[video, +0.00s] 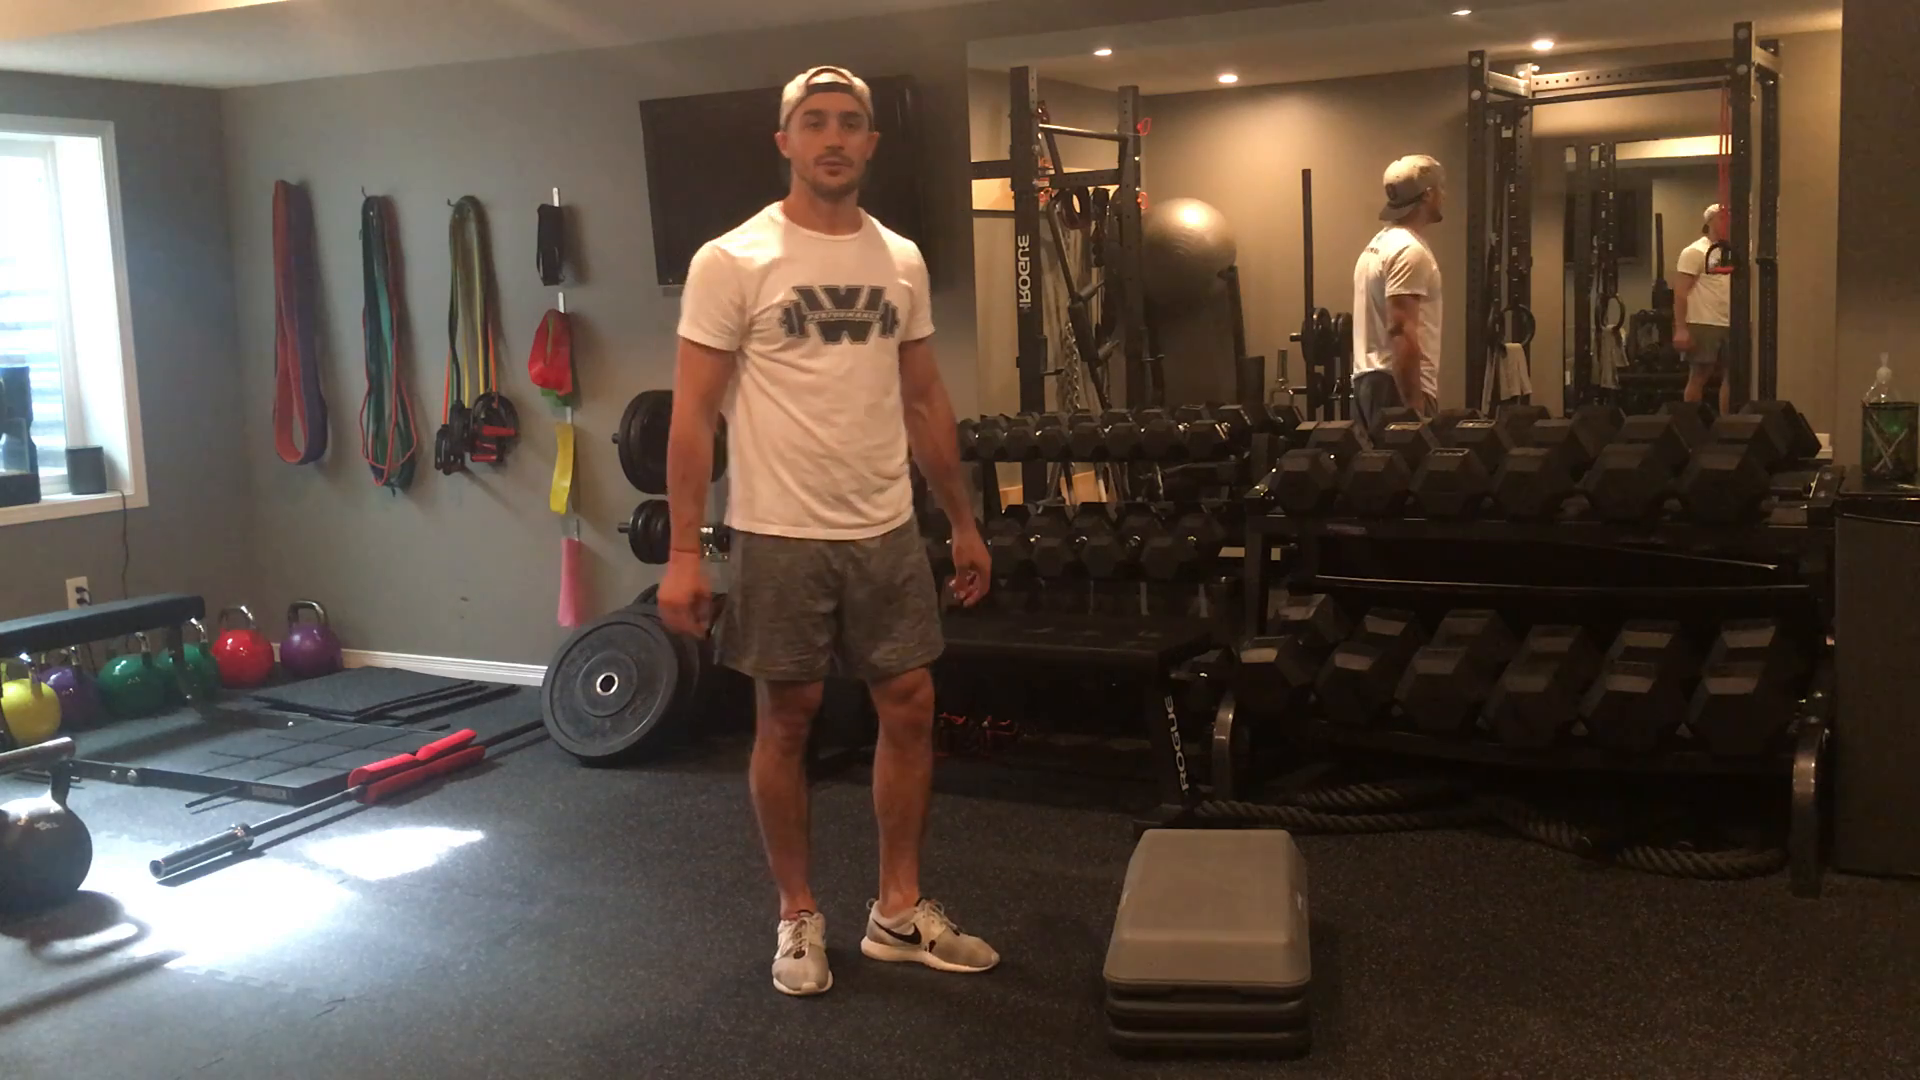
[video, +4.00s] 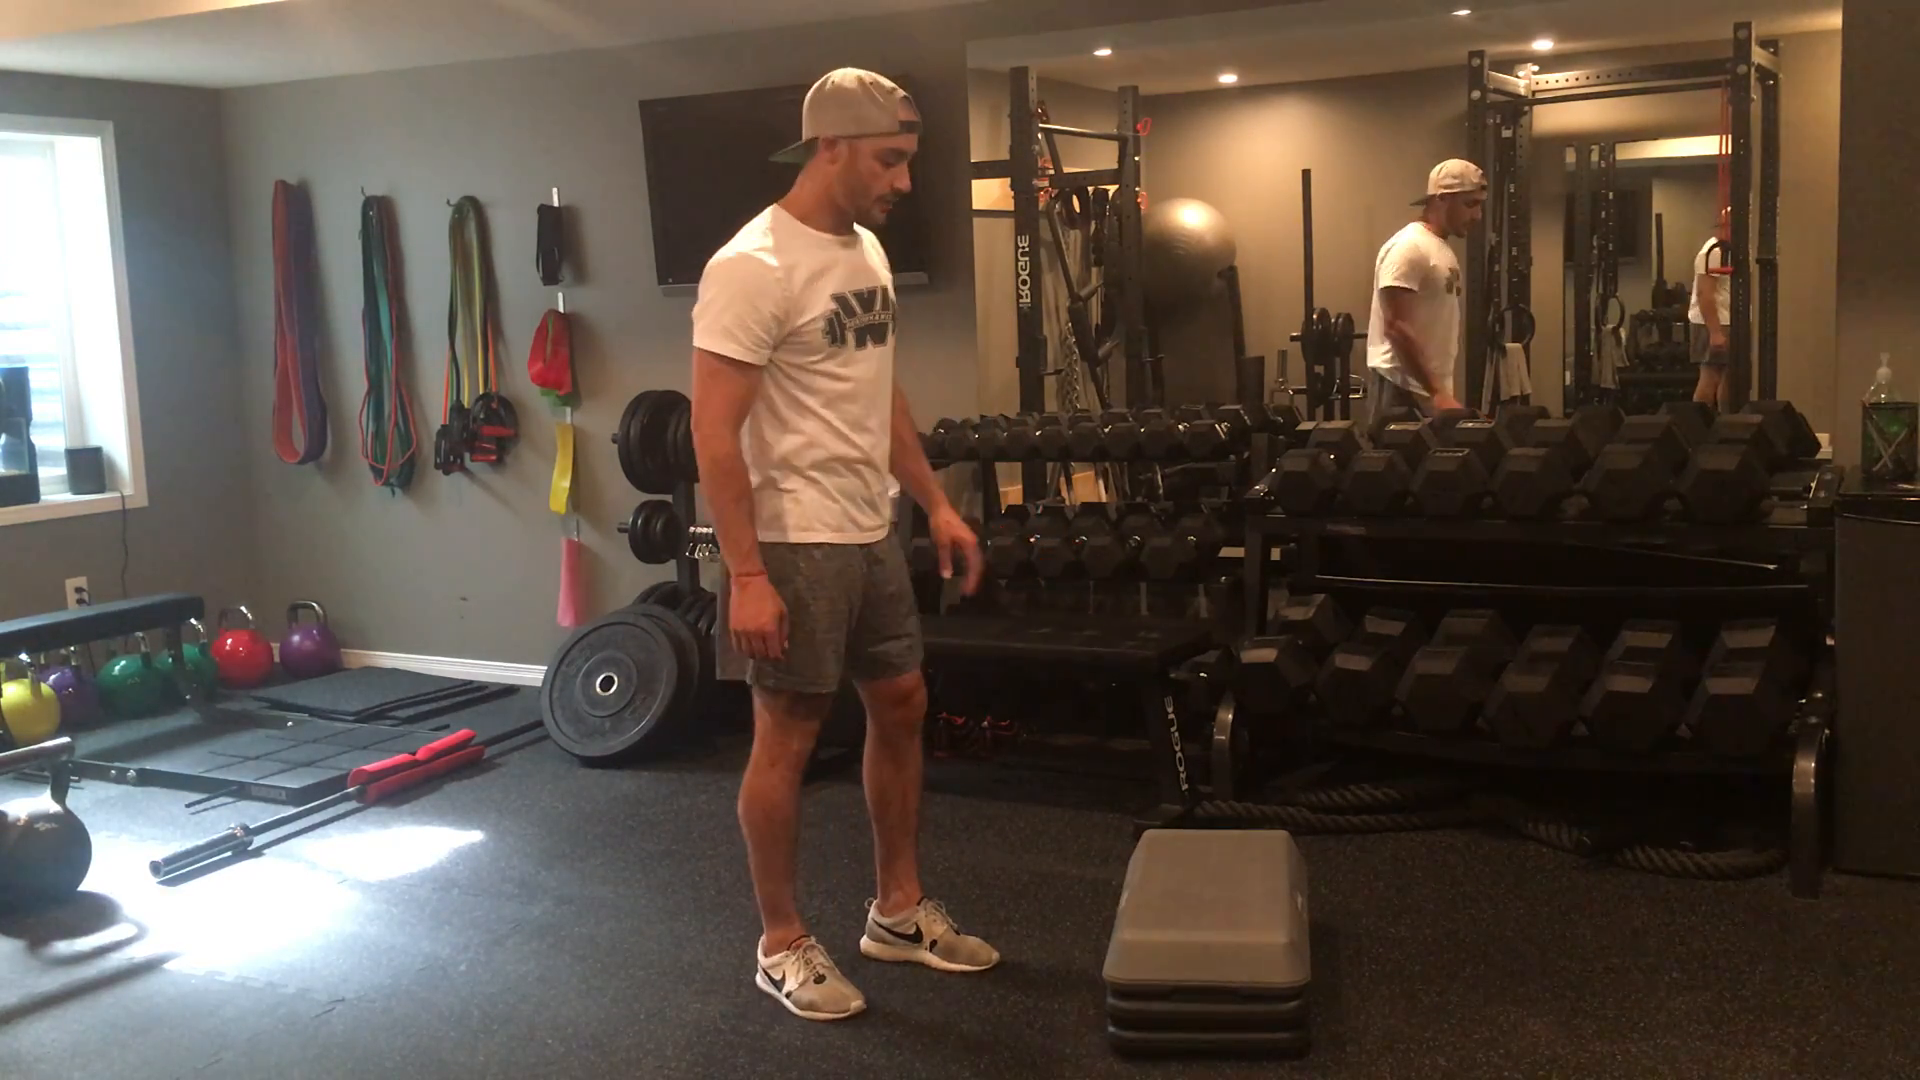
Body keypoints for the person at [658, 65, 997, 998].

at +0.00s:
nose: (833, 139)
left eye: (850, 124)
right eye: (814, 124)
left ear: (872, 142)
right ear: (784, 141)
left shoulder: (900, 261)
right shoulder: (731, 263)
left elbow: (924, 399)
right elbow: (692, 413)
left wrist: (963, 520)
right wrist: (683, 553)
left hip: (890, 534)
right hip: (779, 538)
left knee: (909, 709)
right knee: (787, 719)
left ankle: (898, 910)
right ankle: (797, 916)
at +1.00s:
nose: (935, 178)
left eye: (942, 161)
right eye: (920, 159)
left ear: (937, 159)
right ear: (862, 151)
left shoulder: (944, 261)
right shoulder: (783, 264)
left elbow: (975, 404)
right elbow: (755, 419)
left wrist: (1023, 518)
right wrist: (757, 552)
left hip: (939, 535)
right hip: (836, 540)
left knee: (922, 720)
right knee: (835, 730)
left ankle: (901, 910)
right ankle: (823, 944)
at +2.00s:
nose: (892, 145)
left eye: (909, 131)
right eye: (876, 130)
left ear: (937, 148)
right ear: (852, 145)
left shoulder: (967, 268)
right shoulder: (799, 261)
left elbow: (987, 408)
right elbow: (763, 411)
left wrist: (1026, 531)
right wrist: (746, 542)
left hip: (941, 535)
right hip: (837, 535)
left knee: (921, 720)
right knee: (835, 726)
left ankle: (900, 910)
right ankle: (823, 940)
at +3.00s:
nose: (896, 148)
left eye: (910, 131)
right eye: (877, 132)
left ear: (934, 144)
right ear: (848, 146)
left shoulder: (969, 263)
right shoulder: (798, 263)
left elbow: (993, 401)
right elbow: (770, 413)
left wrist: (1027, 522)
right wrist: (759, 546)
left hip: (947, 534)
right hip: (840, 536)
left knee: (924, 720)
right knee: (838, 727)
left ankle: (901, 911)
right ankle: (823, 941)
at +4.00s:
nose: (904, 179)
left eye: (907, 160)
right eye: (891, 159)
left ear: (854, 157)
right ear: (832, 152)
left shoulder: (865, 252)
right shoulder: (749, 266)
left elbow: (879, 395)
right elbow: (711, 432)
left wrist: (936, 503)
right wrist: (746, 572)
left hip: (872, 533)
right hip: (790, 543)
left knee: (900, 708)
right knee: (784, 742)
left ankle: (900, 909)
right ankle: (782, 943)